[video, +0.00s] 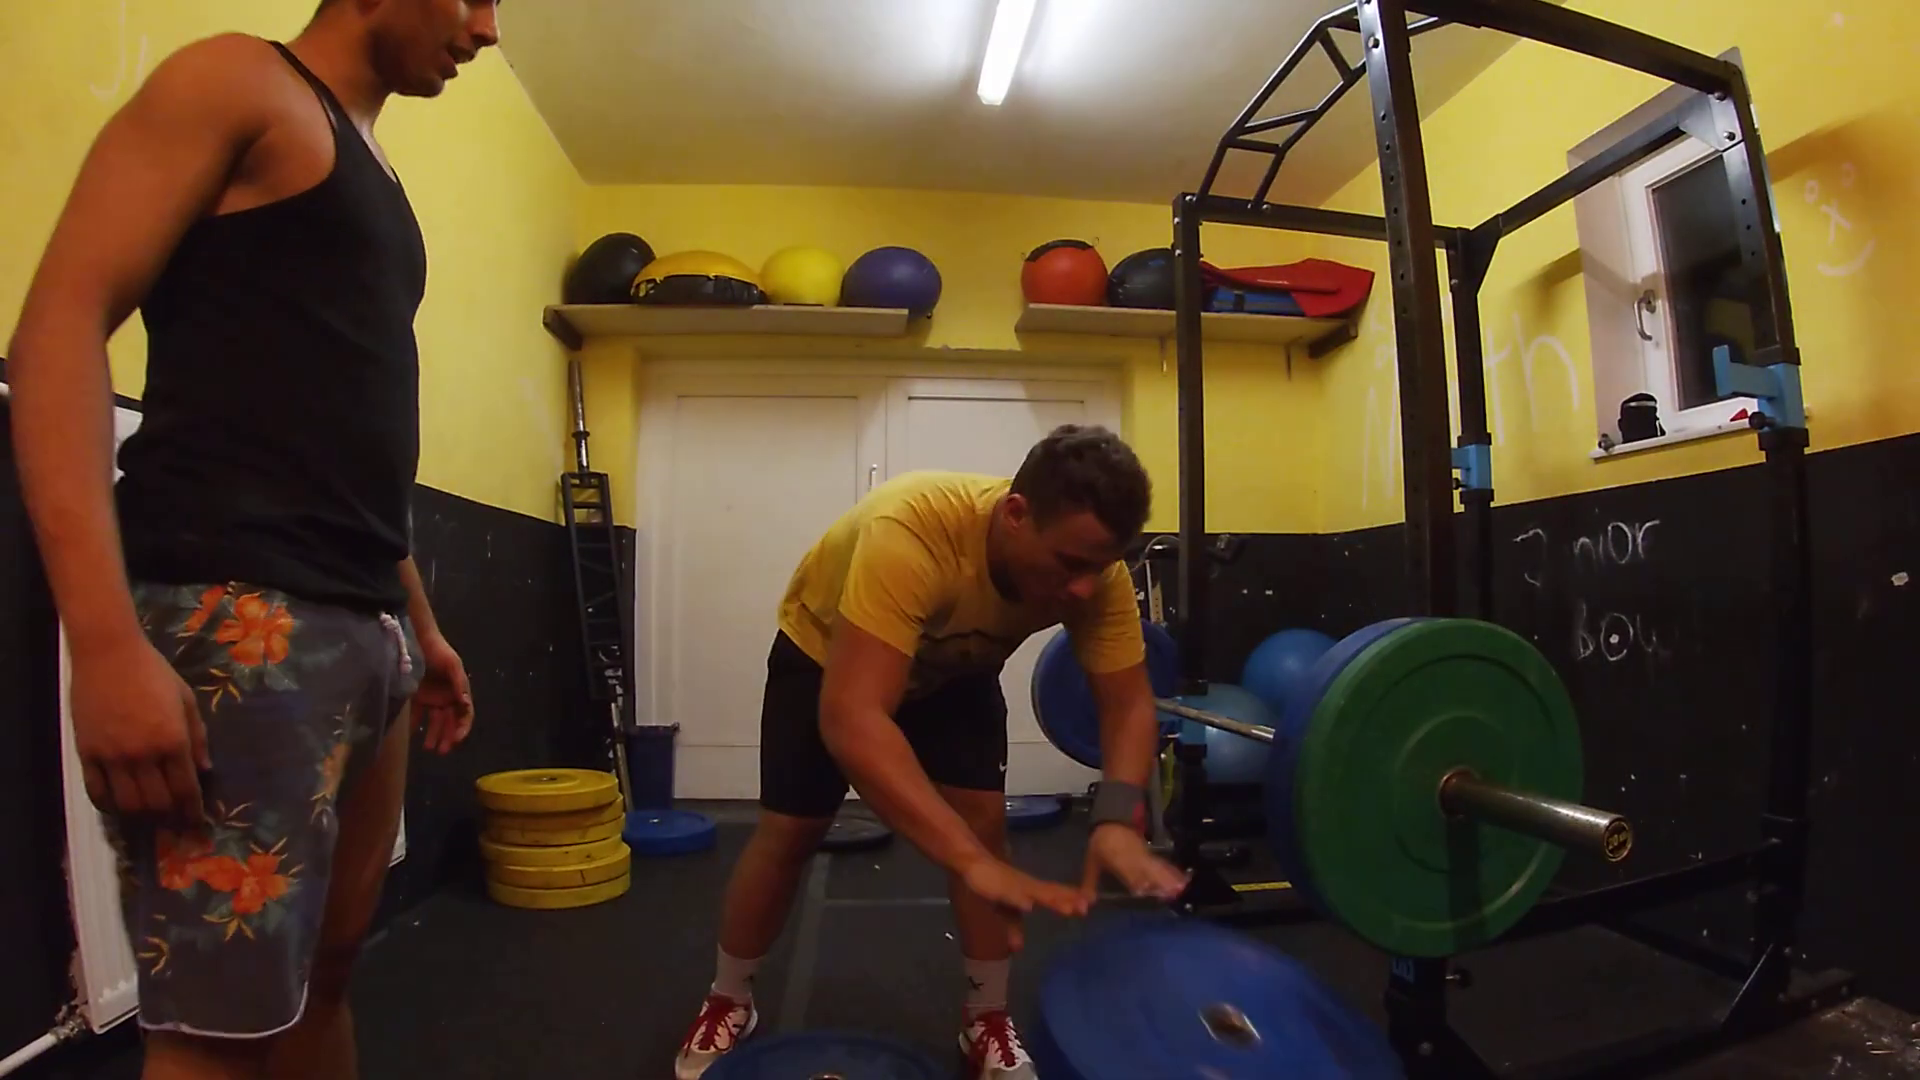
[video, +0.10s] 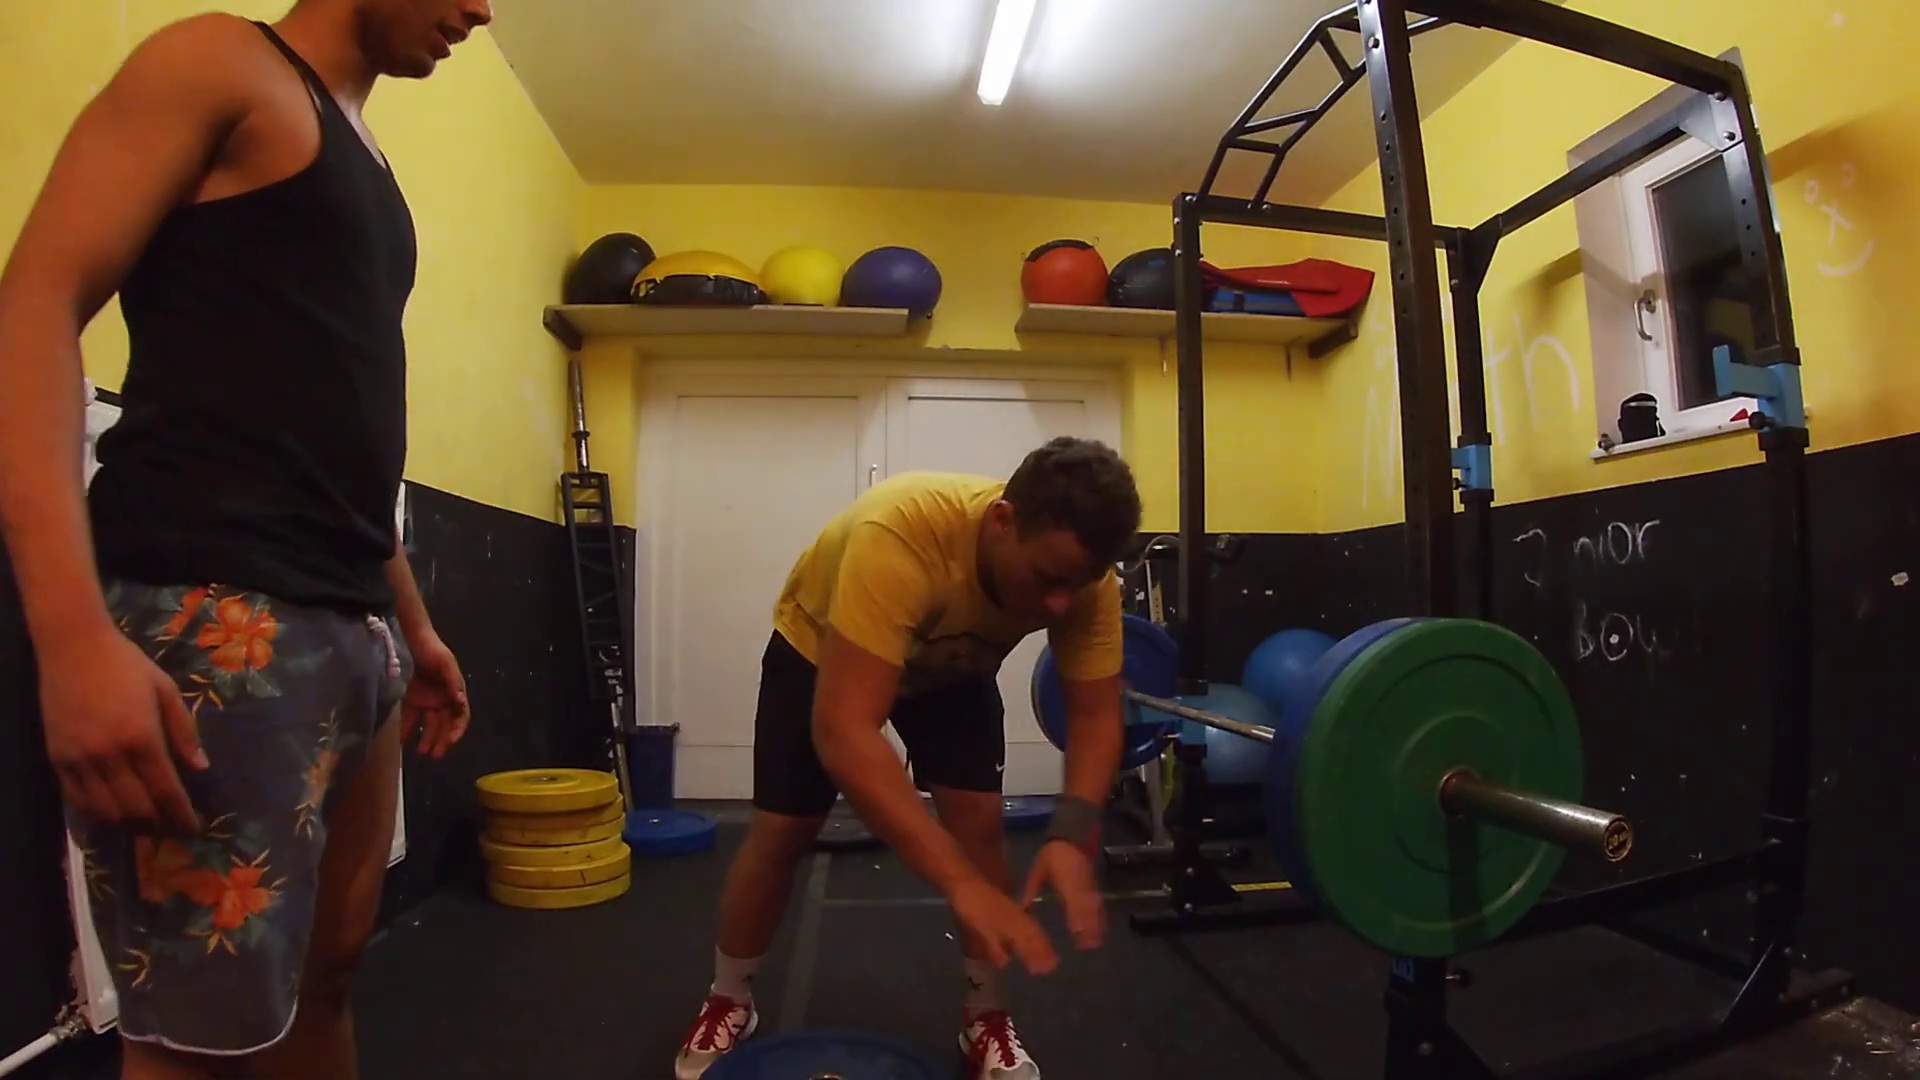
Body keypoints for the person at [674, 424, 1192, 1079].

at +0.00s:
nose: (1085, 588)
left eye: (1101, 568)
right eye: (1070, 564)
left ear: (1118, 548)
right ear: (1014, 515)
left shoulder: (1099, 573)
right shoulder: (906, 536)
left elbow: (1128, 703)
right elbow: (850, 719)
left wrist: (1117, 820)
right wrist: (969, 860)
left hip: (956, 669)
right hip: (829, 652)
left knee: (982, 826)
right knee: (791, 829)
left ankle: (989, 1023)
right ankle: (726, 1005)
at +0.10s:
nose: (1060, 604)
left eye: (1079, 587)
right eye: (1047, 579)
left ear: (1100, 565)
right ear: (1000, 520)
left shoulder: (1087, 575)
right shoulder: (892, 542)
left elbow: (1095, 713)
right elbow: (842, 731)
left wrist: (1074, 836)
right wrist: (963, 885)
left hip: (952, 666)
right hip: (826, 643)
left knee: (979, 821)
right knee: (784, 826)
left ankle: (987, 1018)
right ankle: (728, 1003)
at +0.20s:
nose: (1032, 623)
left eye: (1053, 605)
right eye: (1019, 597)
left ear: (1079, 581)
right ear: (977, 534)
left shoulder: (1071, 584)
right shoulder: (871, 545)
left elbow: (1066, 722)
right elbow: (809, 741)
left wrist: (1027, 856)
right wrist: (905, 903)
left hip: (947, 671)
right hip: (823, 654)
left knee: (976, 827)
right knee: (774, 828)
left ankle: (988, 1019)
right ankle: (727, 1002)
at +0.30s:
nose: (1002, 650)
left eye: (1022, 634)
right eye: (986, 626)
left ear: (1054, 606)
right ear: (946, 563)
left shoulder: (1052, 611)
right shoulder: (850, 564)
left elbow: (1044, 740)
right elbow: (778, 767)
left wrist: (998, 879)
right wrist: (842, 933)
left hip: (942, 677)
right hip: (820, 666)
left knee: (977, 826)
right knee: (769, 828)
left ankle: (989, 1018)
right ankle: (727, 1004)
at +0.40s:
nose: (966, 698)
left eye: (984, 682)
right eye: (951, 675)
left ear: (1018, 651)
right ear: (911, 611)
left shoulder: (1032, 645)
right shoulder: (823, 611)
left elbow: (1028, 773)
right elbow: (761, 822)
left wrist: (980, 914)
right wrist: (809, 992)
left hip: (928, 686)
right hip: (807, 664)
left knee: (977, 822)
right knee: (761, 830)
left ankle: (988, 1021)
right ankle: (726, 1004)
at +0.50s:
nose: (931, 752)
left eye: (949, 733)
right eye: (916, 727)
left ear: (985, 697)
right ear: (877, 665)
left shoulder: (1017, 682)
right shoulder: (802, 661)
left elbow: (1015, 822)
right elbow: (758, 878)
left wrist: (973, 975)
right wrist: (801, 1060)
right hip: (786, 654)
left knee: (983, 831)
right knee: (745, 848)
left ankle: (991, 1017)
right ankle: (726, 1007)